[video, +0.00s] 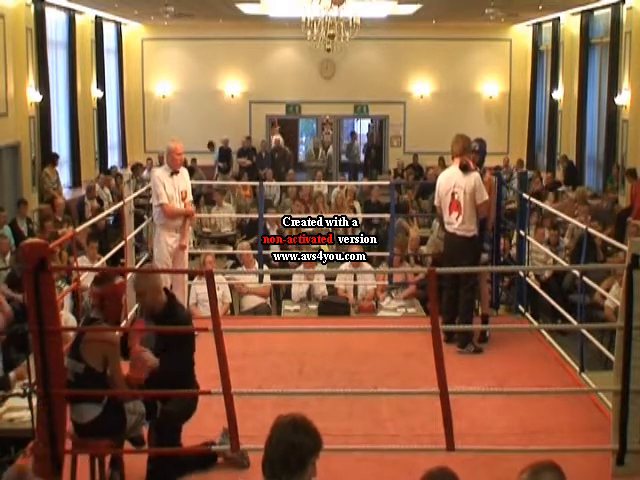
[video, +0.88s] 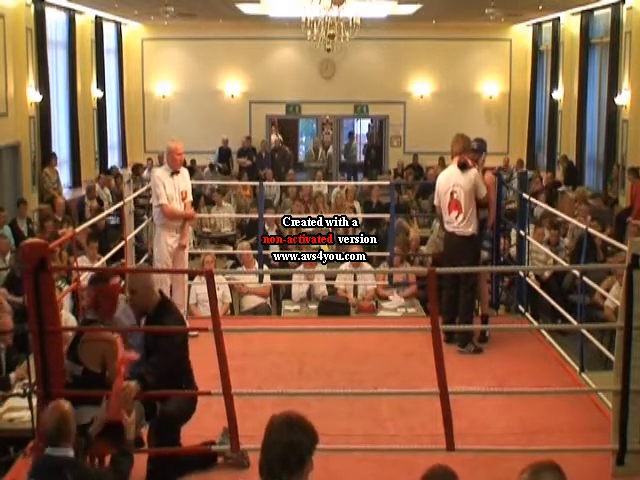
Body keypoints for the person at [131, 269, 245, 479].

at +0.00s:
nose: (139, 300)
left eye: (144, 294)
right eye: (137, 294)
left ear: (158, 290)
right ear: (136, 291)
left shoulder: (178, 318)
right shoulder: (144, 314)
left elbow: (183, 366)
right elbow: (125, 351)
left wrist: (157, 364)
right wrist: (127, 338)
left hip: (180, 392)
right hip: (154, 390)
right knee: (164, 465)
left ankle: (217, 451)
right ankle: (216, 448)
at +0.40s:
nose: (140, 301)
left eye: (144, 295)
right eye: (138, 295)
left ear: (154, 292)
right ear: (135, 294)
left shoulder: (173, 322)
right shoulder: (146, 313)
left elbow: (169, 365)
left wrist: (145, 383)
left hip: (180, 393)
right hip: (158, 392)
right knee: (164, 465)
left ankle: (217, 451)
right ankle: (216, 449)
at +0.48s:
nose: (137, 302)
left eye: (141, 295)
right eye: (135, 296)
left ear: (154, 292)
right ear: (133, 294)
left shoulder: (174, 321)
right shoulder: (142, 314)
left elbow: (168, 365)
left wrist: (145, 383)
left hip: (180, 391)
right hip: (154, 391)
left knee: (166, 416)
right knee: (164, 465)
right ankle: (216, 449)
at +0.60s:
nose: (132, 299)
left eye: (136, 293)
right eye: (130, 293)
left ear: (150, 293)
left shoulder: (172, 321)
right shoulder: (141, 317)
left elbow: (168, 362)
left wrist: (143, 381)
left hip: (181, 391)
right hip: (157, 391)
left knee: (165, 419)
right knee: (164, 466)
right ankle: (214, 449)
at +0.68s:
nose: (131, 298)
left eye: (135, 293)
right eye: (129, 292)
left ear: (153, 291)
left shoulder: (170, 320)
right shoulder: (142, 317)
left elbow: (166, 360)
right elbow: (142, 356)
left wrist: (142, 380)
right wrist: (130, 375)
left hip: (180, 391)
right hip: (156, 390)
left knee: (166, 417)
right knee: (163, 466)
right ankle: (214, 449)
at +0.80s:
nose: (130, 298)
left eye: (134, 293)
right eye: (129, 293)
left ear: (150, 292)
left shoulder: (170, 321)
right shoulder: (148, 314)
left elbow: (165, 362)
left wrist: (140, 381)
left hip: (179, 391)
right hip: (155, 390)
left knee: (166, 417)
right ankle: (214, 449)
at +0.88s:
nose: (129, 298)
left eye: (133, 293)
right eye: (128, 293)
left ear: (150, 292)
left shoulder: (169, 321)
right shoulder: (152, 316)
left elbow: (163, 362)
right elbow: (146, 357)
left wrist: (139, 382)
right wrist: (132, 377)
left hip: (180, 391)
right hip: (158, 389)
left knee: (166, 415)